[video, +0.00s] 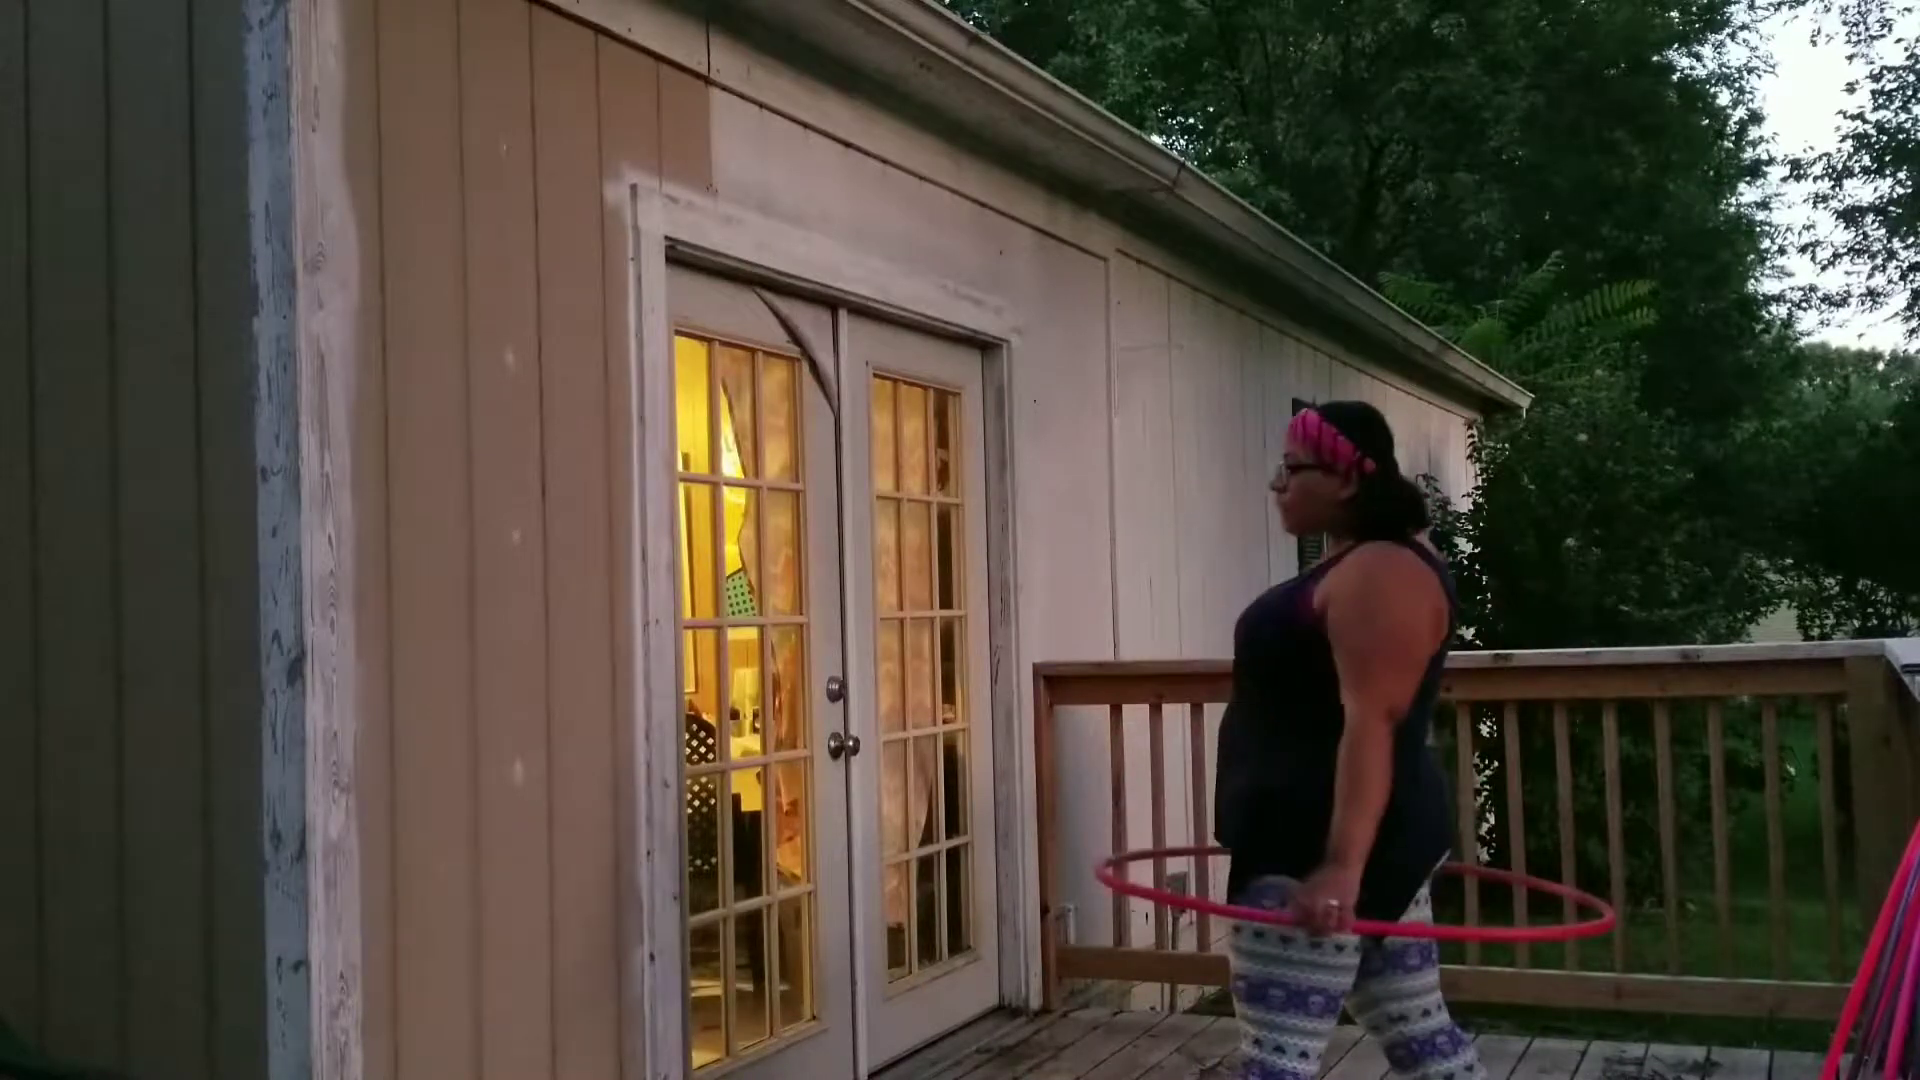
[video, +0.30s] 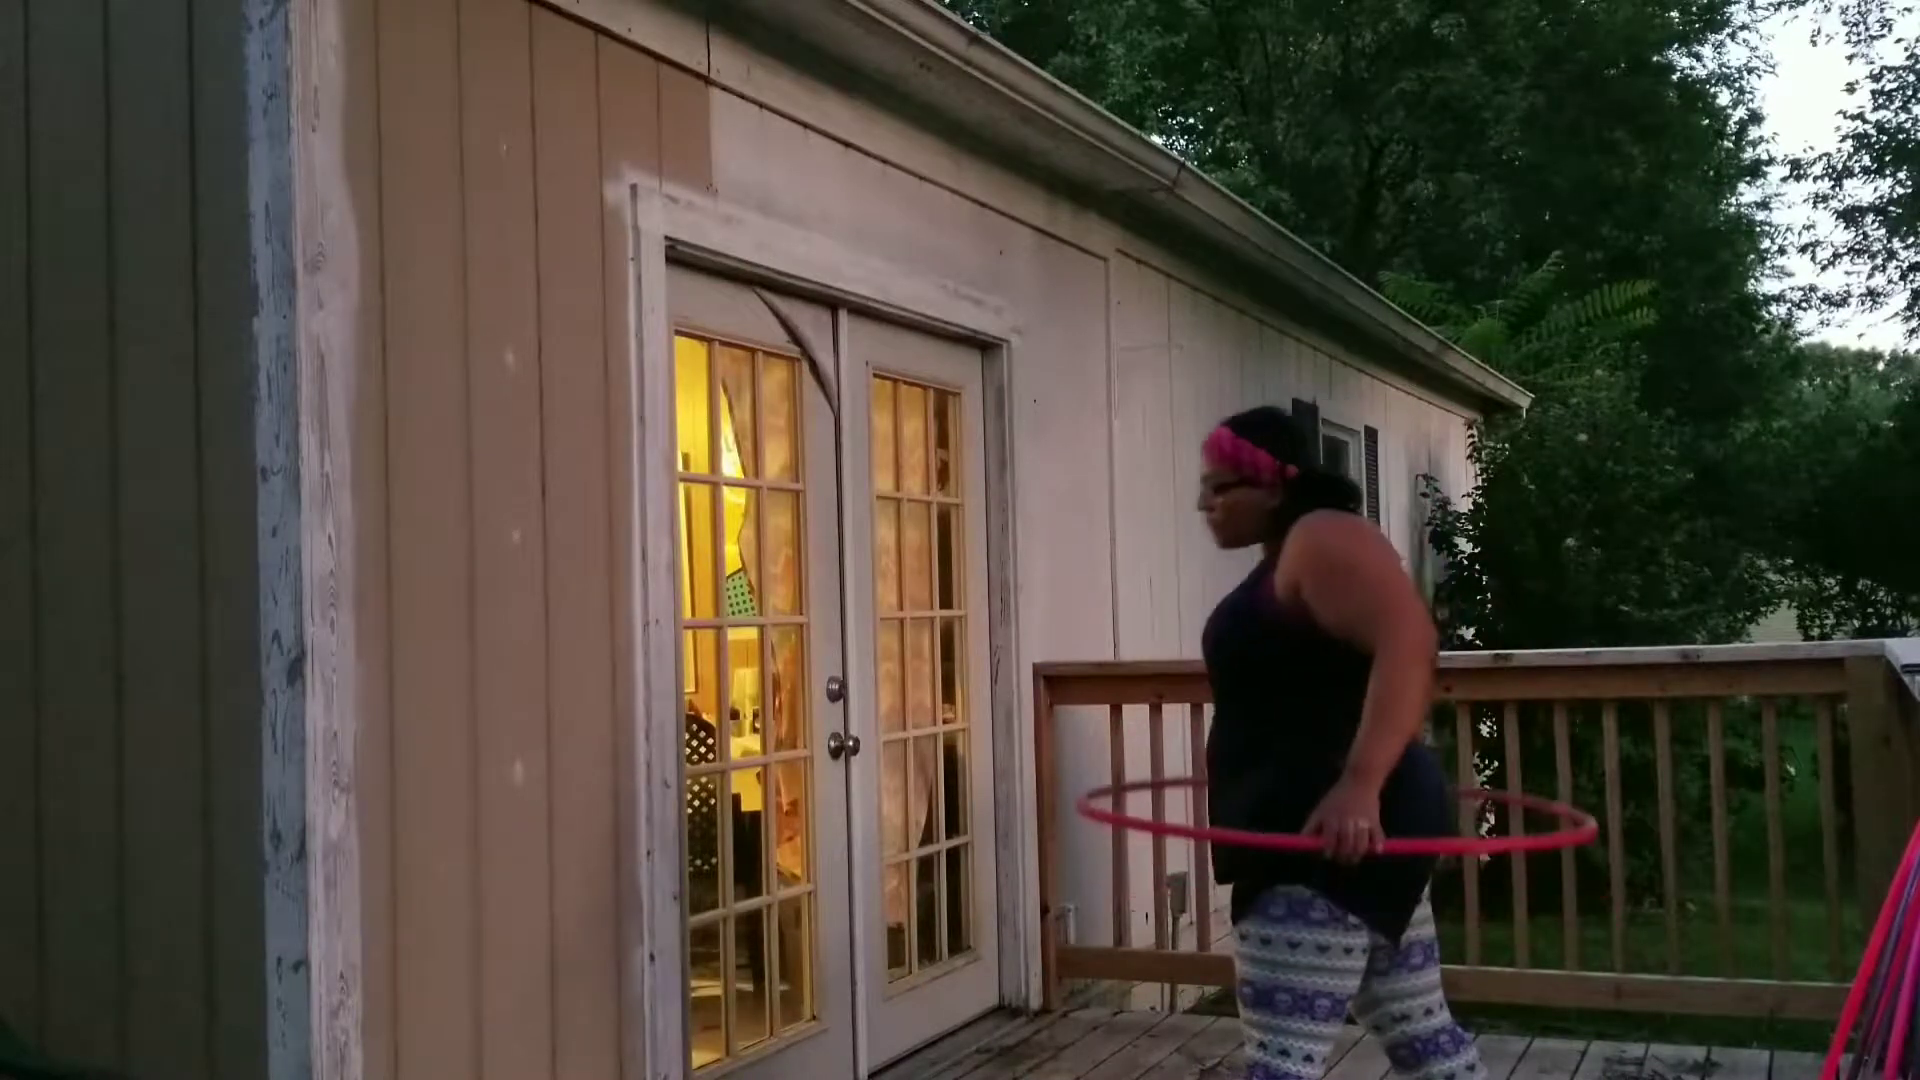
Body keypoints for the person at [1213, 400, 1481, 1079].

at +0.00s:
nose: (1277, 482)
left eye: (1293, 468)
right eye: (1281, 466)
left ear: (1346, 481)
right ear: (1350, 481)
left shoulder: (1379, 572)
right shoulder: (1378, 562)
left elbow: (1373, 722)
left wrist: (1342, 864)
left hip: (1305, 859)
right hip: (1372, 855)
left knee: (1274, 1063)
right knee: (1425, 1043)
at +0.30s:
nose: (1206, 503)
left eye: (1222, 486)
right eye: (1206, 488)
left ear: (1277, 482)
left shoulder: (1323, 537)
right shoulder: (1286, 563)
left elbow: (1409, 637)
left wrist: (1361, 781)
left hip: (1313, 850)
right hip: (1365, 844)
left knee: (1280, 1061)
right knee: (1427, 1041)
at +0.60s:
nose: (1136, 571)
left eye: (1140, 550)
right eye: (1129, 556)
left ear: (1183, 520)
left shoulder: (1259, 551)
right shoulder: (1221, 597)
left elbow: (1401, 580)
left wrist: (1356, 711)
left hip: (1320, 847)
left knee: (1283, 1062)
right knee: (1419, 1039)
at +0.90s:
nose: (1160, 610)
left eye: (1157, 591)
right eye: (1150, 597)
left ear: (1183, 555)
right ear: (1184, 555)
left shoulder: (1281, 560)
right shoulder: (1232, 624)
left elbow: (1389, 657)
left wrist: (1362, 811)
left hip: (1330, 868)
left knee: (1284, 1063)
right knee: (1398, 1047)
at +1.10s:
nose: (1225, 592)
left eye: (1227, 571)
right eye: (1217, 578)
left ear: (1263, 538)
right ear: (1265, 542)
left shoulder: (1356, 565)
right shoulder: (1291, 605)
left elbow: (1375, 715)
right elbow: (1294, 746)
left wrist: (1380, 862)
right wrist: (1275, 878)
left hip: (1344, 883)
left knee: (1296, 1062)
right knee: (1388, 1051)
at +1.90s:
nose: (1195, 500)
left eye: (1212, 482)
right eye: (1198, 484)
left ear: (1268, 489)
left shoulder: (1320, 556)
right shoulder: (1263, 578)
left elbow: (1448, 633)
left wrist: (1396, 771)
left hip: (1323, 867)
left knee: (1282, 1063)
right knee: (1394, 1051)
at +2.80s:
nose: (1293, 495)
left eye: (1309, 478)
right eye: (1292, 479)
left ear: (1365, 482)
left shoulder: (1412, 573)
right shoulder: (1335, 581)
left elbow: (1411, 723)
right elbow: (1312, 734)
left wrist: (1402, 869)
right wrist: (1260, 863)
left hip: (1331, 876)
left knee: (1284, 1063)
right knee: (1389, 1051)